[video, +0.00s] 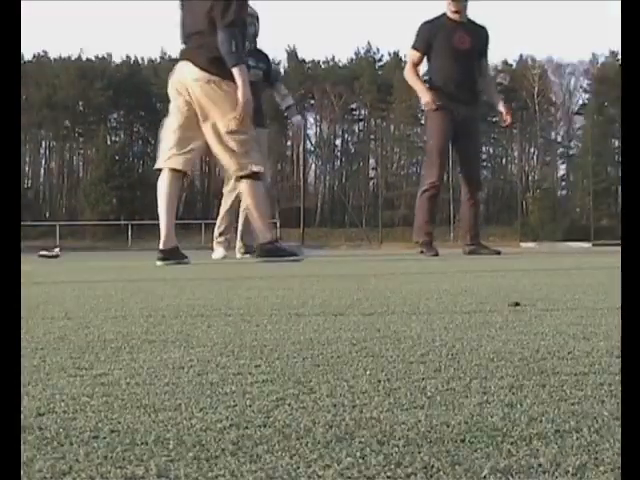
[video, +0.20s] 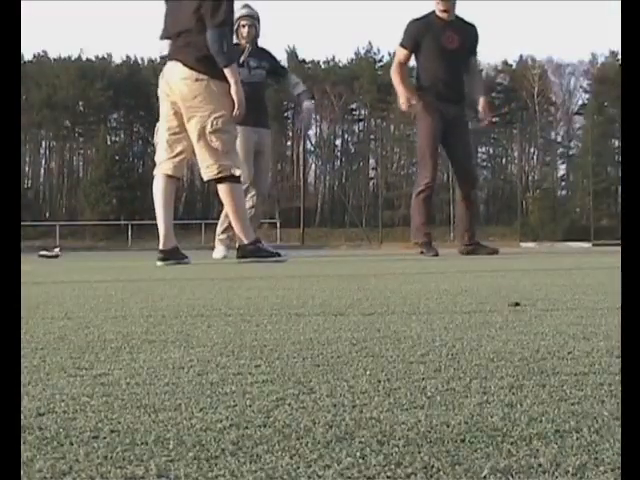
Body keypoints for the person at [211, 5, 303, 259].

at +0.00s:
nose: (250, 31)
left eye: (253, 25)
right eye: (246, 24)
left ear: (258, 28)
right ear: (235, 26)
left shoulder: (262, 59)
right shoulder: (223, 60)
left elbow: (279, 90)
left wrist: (293, 114)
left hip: (261, 127)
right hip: (231, 128)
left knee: (255, 182)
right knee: (233, 183)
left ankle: (247, 241)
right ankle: (221, 242)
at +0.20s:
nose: (247, 30)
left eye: (252, 26)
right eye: (243, 26)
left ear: (258, 30)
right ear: (236, 29)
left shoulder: (265, 57)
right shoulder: (226, 55)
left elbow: (290, 81)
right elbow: (213, 85)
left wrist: (305, 99)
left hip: (264, 128)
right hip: (239, 126)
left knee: (262, 187)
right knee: (241, 182)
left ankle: (245, 238)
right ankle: (223, 241)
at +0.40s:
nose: (249, 31)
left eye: (253, 27)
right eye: (244, 27)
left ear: (260, 31)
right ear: (238, 30)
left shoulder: (267, 57)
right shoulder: (230, 56)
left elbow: (294, 72)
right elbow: (216, 81)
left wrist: (316, 83)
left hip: (266, 127)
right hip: (244, 126)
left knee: (265, 185)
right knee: (252, 180)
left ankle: (250, 237)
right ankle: (223, 236)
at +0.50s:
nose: (250, 32)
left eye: (254, 28)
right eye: (245, 28)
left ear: (260, 31)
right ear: (239, 31)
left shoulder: (267, 57)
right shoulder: (230, 56)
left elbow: (294, 76)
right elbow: (216, 83)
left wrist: (315, 78)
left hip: (265, 127)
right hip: (245, 127)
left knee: (265, 186)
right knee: (258, 181)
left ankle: (249, 237)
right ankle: (221, 233)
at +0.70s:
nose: (253, 36)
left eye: (256, 31)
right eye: (248, 31)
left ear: (262, 34)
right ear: (240, 34)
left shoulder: (269, 62)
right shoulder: (231, 60)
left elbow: (287, 87)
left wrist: (315, 81)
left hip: (263, 126)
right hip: (238, 126)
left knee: (262, 182)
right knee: (269, 180)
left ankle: (250, 237)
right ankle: (227, 228)